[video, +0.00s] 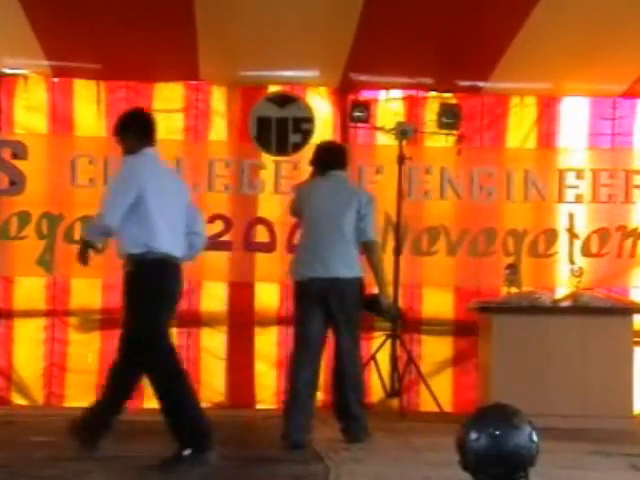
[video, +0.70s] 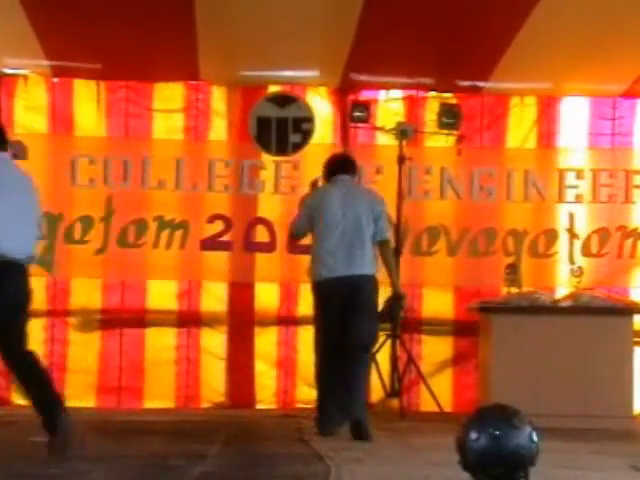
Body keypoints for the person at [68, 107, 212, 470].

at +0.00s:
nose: (120, 145)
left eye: (120, 139)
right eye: (120, 139)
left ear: (125, 138)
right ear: (152, 136)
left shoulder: (133, 169)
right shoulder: (173, 178)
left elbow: (107, 221)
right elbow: (197, 235)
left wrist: (90, 237)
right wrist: (171, 254)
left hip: (144, 272)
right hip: (169, 272)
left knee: (156, 356)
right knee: (132, 357)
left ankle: (195, 439)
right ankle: (92, 428)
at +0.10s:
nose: (101, 148)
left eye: (102, 142)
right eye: (101, 142)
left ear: (109, 142)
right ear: (134, 140)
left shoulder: (112, 171)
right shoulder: (152, 178)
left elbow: (89, 224)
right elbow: (178, 238)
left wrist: (72, 240)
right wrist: (147, 255)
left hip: (123, 274)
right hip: (146, 274)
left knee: (128, 356)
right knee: (107, 358)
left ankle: (186, 435)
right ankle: (73, 441)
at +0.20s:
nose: (75, 147)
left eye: (76, 141)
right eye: (76, 141)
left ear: (82, 140)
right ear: (108, 139)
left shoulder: (84, 167)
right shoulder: (125, 176)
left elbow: (66, 216)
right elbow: (148, 230)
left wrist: (55, 246)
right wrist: (128, 255)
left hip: (94, 272)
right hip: (122, 273)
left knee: (77, 356)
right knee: (83, 356)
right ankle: (71, 439)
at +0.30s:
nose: (58, 142)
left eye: (59, 137)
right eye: (60, 136)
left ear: (63, 136)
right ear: (92, 133)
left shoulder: (68, 163)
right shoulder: (110, 171)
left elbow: (51, 216)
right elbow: (133, 225)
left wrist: (42, 245)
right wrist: (108, 249)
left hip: (77, 264)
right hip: (108, 267)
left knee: (43, 342)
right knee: (81, 348)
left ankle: (97, 406)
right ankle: (70, 437)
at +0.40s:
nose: (33, 140)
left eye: (33, 134)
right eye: (34, 134)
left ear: (39, 132)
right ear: (66, 130)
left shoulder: (46, 158)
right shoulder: (87, 164)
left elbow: (30, 211)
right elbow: (102, 215)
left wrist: (21, 237)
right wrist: (94, 242)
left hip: (53, 258)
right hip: (84, 261)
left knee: (13, 335)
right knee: (73, 348)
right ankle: (72, 435)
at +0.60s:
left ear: (1, 142)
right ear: (22, 140)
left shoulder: (7, 173)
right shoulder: (43, 178)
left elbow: (4, 214)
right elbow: (56, 224)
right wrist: (45, 258)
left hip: (9, 267)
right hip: (40, 269)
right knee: (43, 352)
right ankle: (66, 433)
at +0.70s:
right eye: (8, 139)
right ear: (7, 142)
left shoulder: (13, 178)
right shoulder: (21, 179)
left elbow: (28, 230)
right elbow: (33, 231)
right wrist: (22, 257)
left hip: (5, 270)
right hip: (15, 271)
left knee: (14, 350)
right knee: (15, 350)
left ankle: (55, 419)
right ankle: (55, 419)